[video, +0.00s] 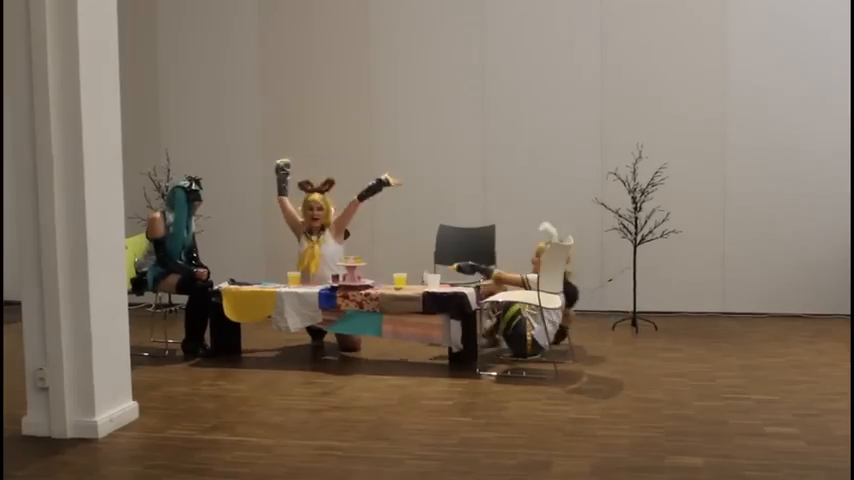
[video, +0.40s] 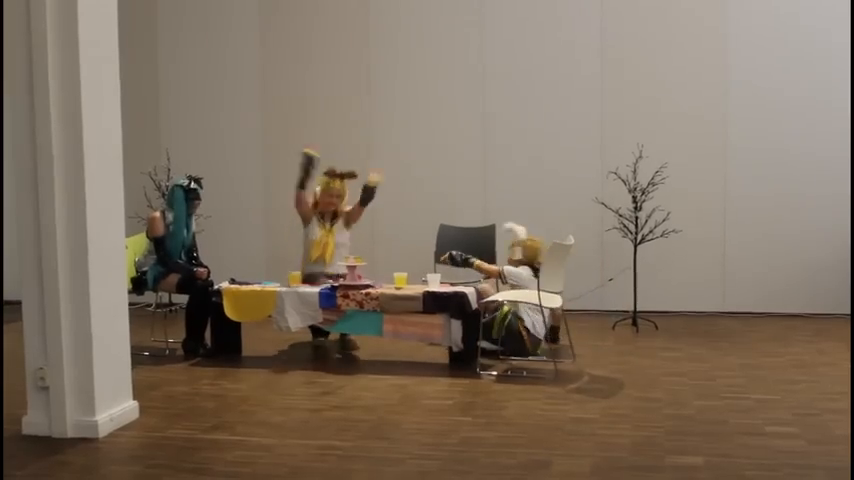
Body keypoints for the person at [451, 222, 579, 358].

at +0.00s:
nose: (533, 259)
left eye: (538, 256)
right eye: (535, 256)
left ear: (549, 262)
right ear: (547, 263)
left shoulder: (547, 281)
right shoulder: (550, 284)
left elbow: (503, 279)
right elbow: (507, 282)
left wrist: (479, 268)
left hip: (528, 344)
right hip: (529, 345)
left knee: (501, 288)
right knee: (504, 289)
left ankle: (490, 334)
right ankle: (491, 334)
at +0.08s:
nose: (528, 258)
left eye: (532, 255)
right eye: (530, 254)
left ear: (541, 262)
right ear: (542, 262)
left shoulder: (541, 280)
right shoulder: (557, 287)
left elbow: (499, 276)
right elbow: (565, 320)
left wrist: (472, 265)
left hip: (522, 341)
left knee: (492, 288)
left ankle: (457, 304)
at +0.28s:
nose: (516, 258)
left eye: (519, 255)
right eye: (518, 254)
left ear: (526, 258)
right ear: (536, 259)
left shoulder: (530, 275)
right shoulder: (548, 280)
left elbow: (492, 272)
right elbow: (562, 316)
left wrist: (465, 262)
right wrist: (553, 338)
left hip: (523, 341)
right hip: (532, 343)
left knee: (486, 293)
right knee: (488, 295)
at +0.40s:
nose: (509, 257)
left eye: (513, 251)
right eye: (511, 252)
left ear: (523, 255)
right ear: (530, 257)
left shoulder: (524, 272)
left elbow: (490, 271)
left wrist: (466, 260)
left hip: (522, 338)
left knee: (472, 319)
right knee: (474, 318)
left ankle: (468, 359)